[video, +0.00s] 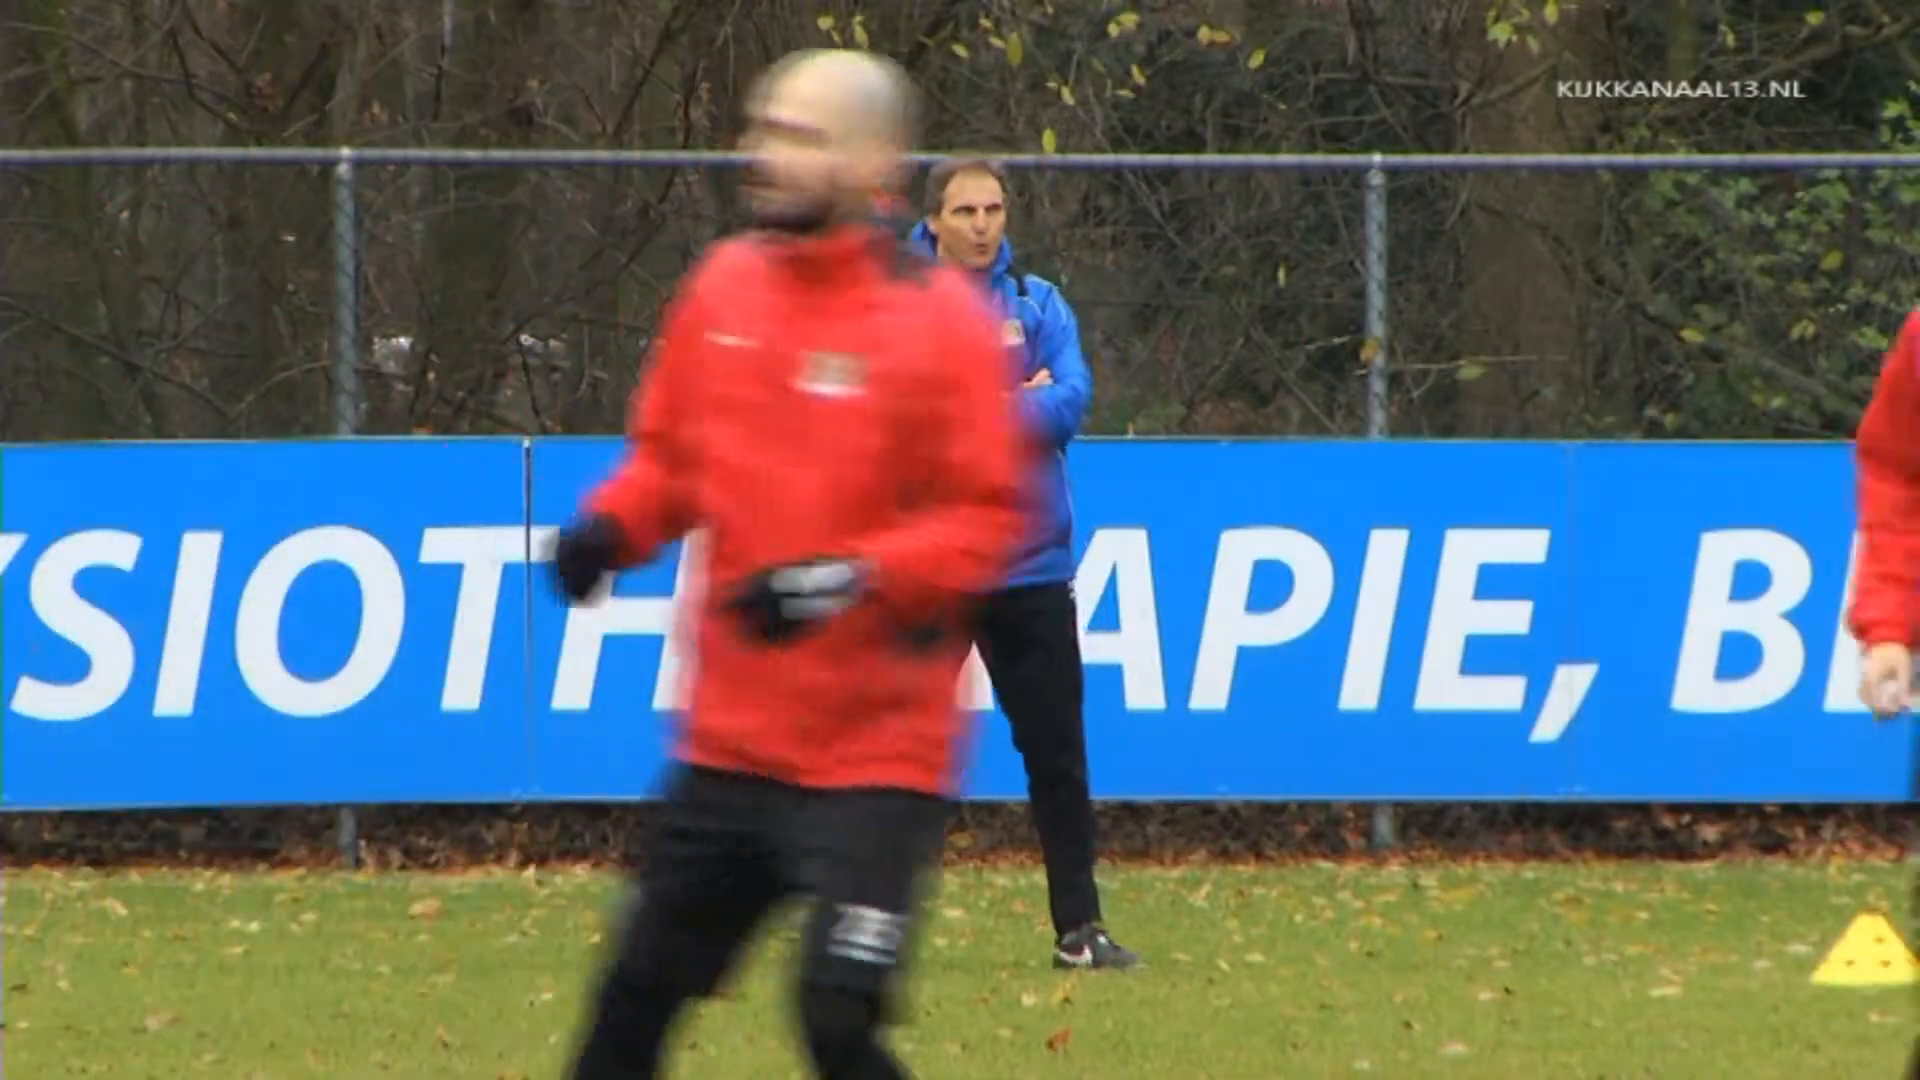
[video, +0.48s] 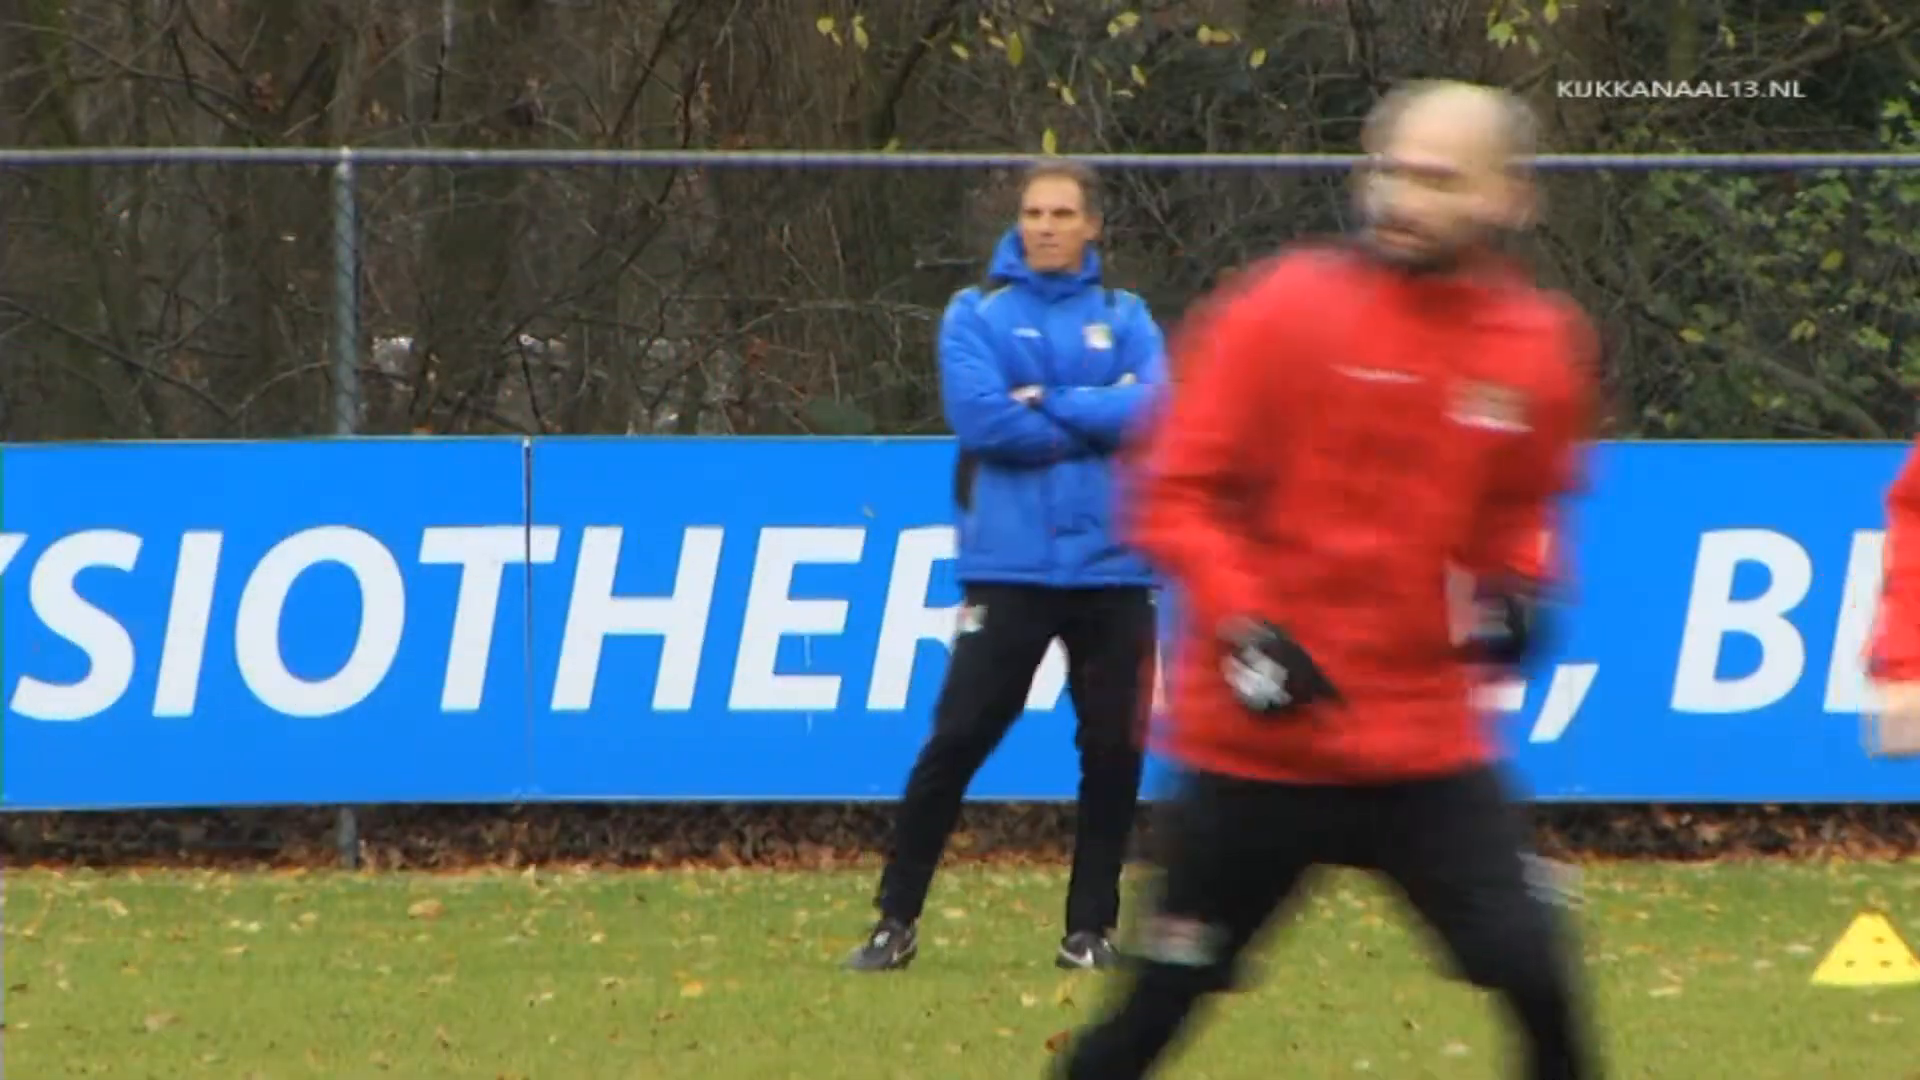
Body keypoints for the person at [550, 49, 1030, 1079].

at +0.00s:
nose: (760, 152)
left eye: (795, 136)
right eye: (758, 130)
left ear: (875, 167)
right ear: (747, 138)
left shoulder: (943, 321)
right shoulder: (724, 283)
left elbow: (995, 518)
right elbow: (671, 460)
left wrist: (861, 572)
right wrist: (607, 528)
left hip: (880, 753)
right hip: (736, 736)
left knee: (838, 1020)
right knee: (634, 995)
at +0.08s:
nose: (894, 150)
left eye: (927, 129)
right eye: (876, 127)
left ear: (983, 146)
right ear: (850, 138)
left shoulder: (1042, 298)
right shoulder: (794, 277)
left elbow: (1113, 483)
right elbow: (722, 430)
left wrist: (989, 538)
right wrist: (676, 506)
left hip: (969, 720)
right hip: (822, 706)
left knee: (900, 988)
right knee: (718, 961)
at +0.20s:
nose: (1077, 90)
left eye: (1096, 66)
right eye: (1050, 64)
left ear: (1121, 77)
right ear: (986, 70)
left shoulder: (1181, 220)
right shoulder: (899, 212)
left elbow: (1273, 376)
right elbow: (810, 359)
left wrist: (1172, 460)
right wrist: (831, 457)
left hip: (1110, 645)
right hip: (944, 637)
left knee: (1051, 924)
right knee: (888, 904)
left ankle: (1027, 1067)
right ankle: (882, 1065)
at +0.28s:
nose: (1179, 92)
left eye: (1200, 69)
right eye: (1150, 65)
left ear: (1226, 80)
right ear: (1082, 69)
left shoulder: (1272, 222)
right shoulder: (990, 204)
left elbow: (1345, 381)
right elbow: (883, 363)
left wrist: (1269, 466)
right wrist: (942, 469)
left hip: (1194, 649)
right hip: (1025, 637)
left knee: (1171, 909)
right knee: (1001, 913)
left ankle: (1151, 1066)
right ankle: (978, 1060)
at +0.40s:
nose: (1324, 174)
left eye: (1349, 151)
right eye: (1300, 145)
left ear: (1382, 164)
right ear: (1247, 144)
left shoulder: (1415, 313)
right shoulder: (1158, 283)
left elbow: (1439, 469)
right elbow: (1032, 456)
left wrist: (1414, 552)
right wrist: (1134, 566)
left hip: (1318, 735)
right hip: (1149, 734)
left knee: (1414, 962)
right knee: (1079, 1013)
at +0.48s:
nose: (1404, 200)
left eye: (1439, 181)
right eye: (1390, 174)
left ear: (1508, 201)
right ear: (1367, 178)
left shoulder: (1538, 342)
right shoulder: (1288, 301)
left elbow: (1524, 506)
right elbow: (1168, 490)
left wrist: (1519, 590)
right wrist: (1241, 619)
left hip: (1427, 753)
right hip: (1257, 752)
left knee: (1537, 980)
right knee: (1161, 1000)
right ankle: (1082, 1067)